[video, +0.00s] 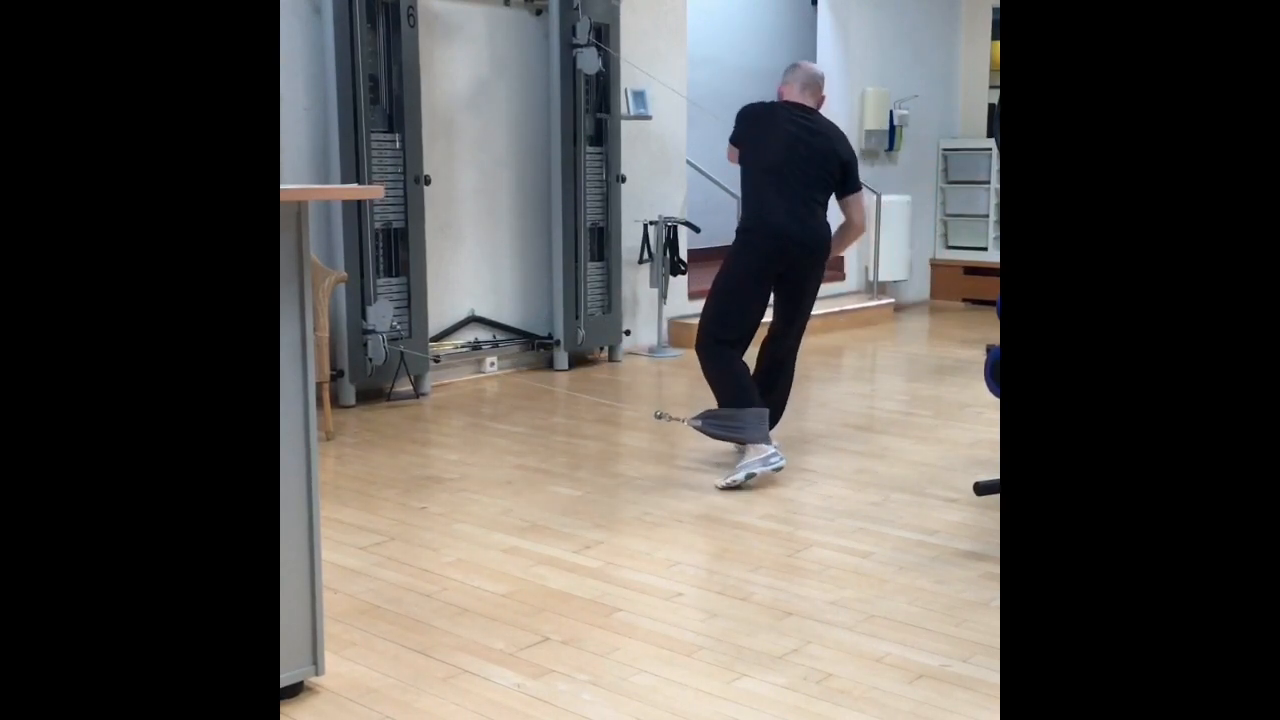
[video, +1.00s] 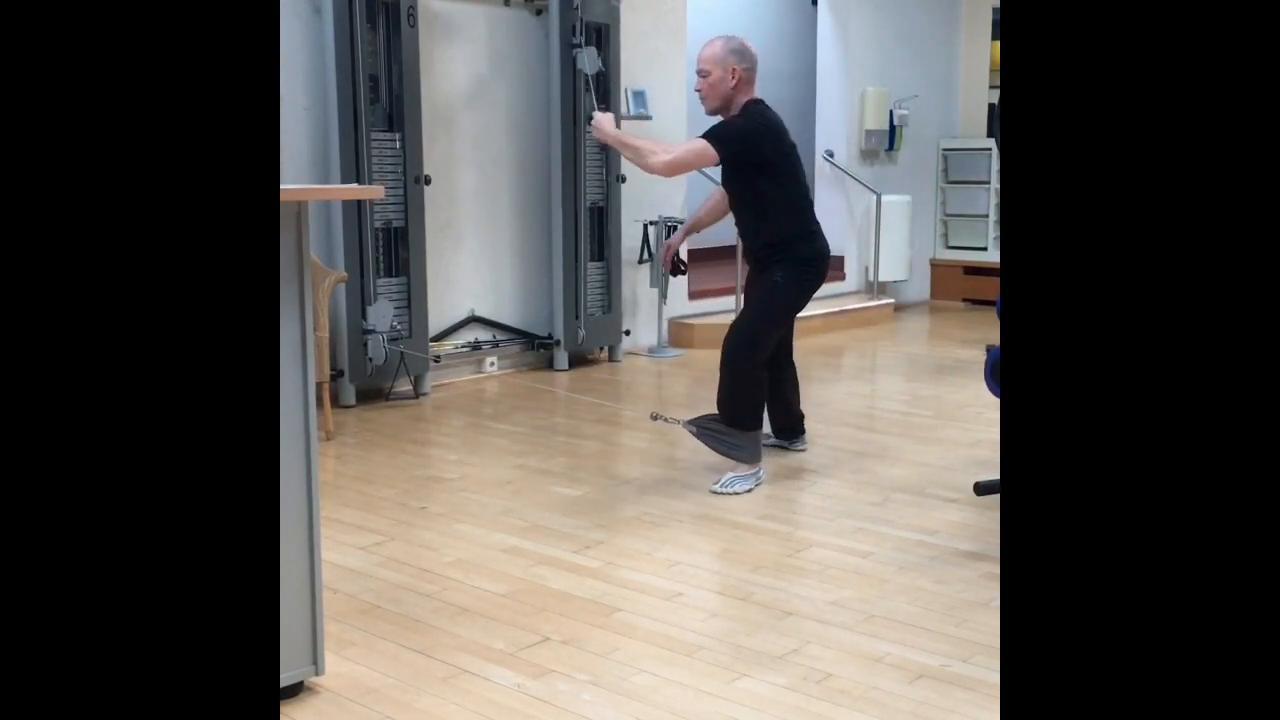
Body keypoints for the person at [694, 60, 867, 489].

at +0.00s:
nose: (782, 95)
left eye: (781, 89)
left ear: (782, 88)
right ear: (822, 100)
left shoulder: (754, 114)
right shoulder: (837, 141)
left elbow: (735, 156)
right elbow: (855, 222)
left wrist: (776, 145)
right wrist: (825, 251)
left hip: (757, 245)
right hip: (808, 256)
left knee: (715, 343)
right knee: (781, 348)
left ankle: (758, 445)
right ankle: (753, 439)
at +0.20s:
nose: (760, 88)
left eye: (762, 82)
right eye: (765, 84)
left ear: (767, 81)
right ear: (803, 88)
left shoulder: (742, 113)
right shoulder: (825, 133)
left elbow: (713, 154)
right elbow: (844, 218)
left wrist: (748, 145)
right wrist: (813, 239)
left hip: (766, 246)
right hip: (814, 251)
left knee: (711, 347)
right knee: (780, 343)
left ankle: (760, 452)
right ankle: (763, 436)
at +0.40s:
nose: (734, 87)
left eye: (736, 81)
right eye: (737, 81)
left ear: (745, 79)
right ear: (778, 81)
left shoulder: (730, 114)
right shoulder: (808, 124)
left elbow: (682, 148)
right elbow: (823, 199)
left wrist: (693, 126)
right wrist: (826, 253)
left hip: (781, 249)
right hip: (820, 249)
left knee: (716, 349)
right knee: (777, 343)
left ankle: (765, 460)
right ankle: (780, 432)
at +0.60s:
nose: (711, 83)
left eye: (715, 74)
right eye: (712, 74)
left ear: (736, 76)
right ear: (756, 78)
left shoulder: (732, 118)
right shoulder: (791, 120)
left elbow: (658, 152)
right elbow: (789, 197)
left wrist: (655, 127)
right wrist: (735, 239)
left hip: (794, 256)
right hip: (819, 251)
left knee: (728, 346)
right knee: (781, 344)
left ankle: (762, 463)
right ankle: (789, 430)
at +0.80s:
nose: (700, 85)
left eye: (706, 76)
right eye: (700, 76)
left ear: (733, 78)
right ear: (740, 79)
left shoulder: (738, 123)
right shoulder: (773, 119)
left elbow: (653, 158)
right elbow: (757, 200)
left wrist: (631, 133)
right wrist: (705, 236)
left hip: (797, 259)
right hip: (806, 255)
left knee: (740, 340)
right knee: (778, 345)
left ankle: (755, 461)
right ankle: (790, 431)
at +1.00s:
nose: (697, 85)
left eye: (705, 75)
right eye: (697, 75)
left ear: (736, 77)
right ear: (734, 78)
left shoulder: (748, 125)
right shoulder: (755, 123)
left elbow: (663, 163)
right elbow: (731, 194)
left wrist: (610, 135)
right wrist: (685, 232)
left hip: (792, 260)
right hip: (777, 258)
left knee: (742, 344)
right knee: (771, 345)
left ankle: (747, 465)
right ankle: (789, 432)